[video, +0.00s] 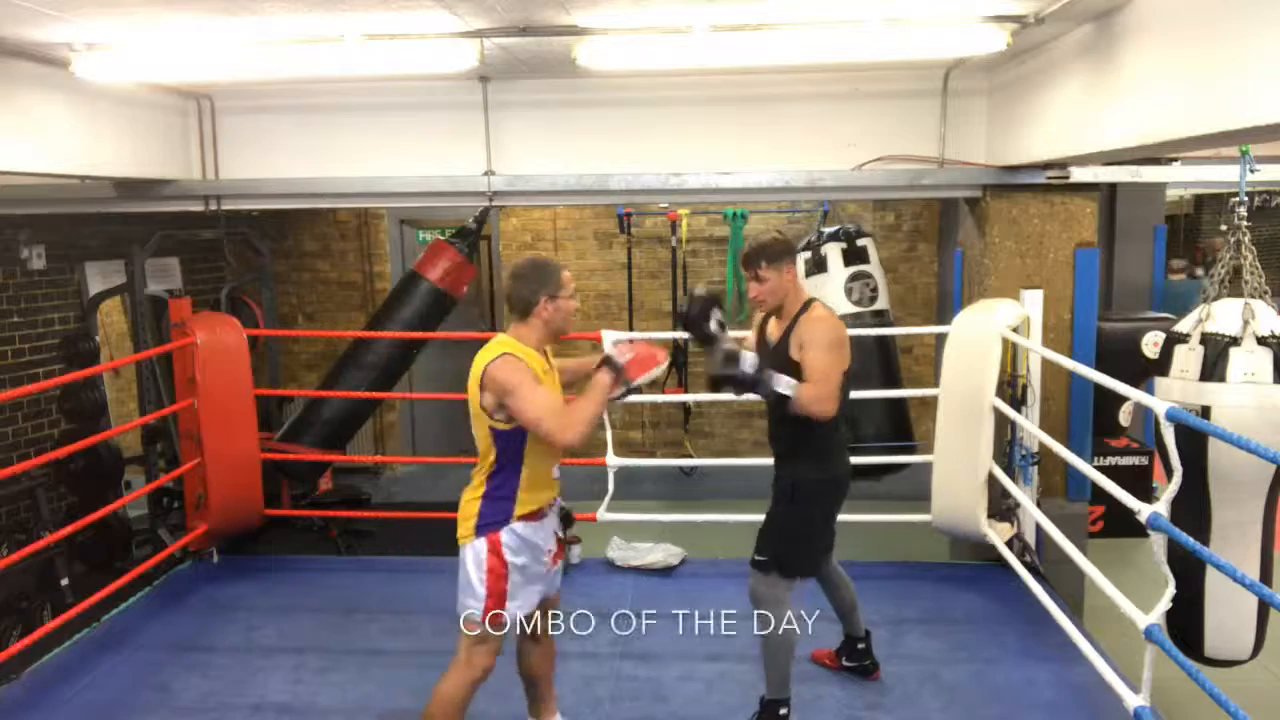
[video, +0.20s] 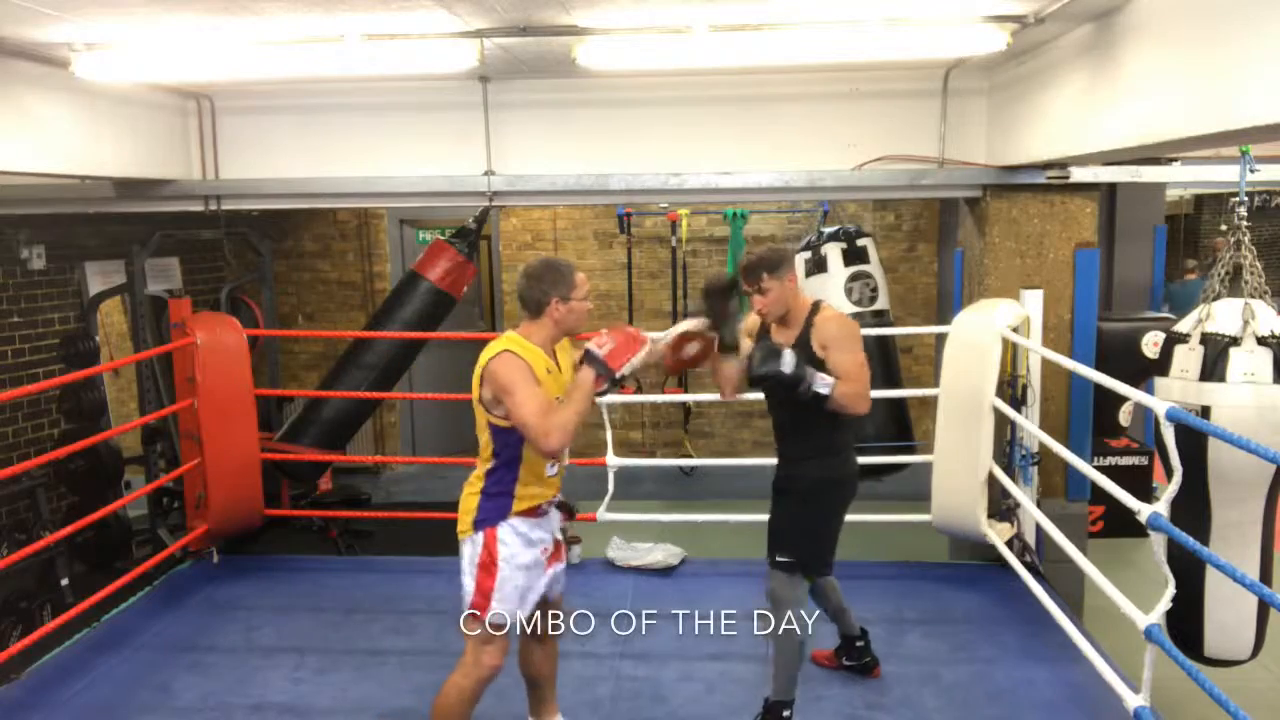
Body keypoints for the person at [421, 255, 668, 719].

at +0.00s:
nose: (575, 305)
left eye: (574, 295)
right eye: (569, 296)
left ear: (538, 305)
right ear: (543, 306)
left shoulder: (534, 356)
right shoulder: (505, 366)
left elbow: (561, 374)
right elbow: (565, 432)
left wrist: (614, 361)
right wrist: (604, 377)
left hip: (539, 518)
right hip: (497, 529)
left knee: (539, 631)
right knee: (476, 661)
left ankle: (545, 713)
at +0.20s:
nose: (590, 307)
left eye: (588, 298)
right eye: (584, 299)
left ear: (555, 307)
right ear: (556, 307)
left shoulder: (564, 348)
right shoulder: (506, 363)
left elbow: (579, 398)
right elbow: (551, 437)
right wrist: (590, 373)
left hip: (542, 516)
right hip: (498, 524)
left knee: (544, 632)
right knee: (485, 658)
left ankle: (545, 713)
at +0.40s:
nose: (591, 307)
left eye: (589, 298)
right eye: (583, 299)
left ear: (552, 308)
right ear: (554, 308)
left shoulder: (559, 352)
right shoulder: (496, 367)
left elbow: (615, 368)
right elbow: (534, 440)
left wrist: (668, 346)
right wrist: (572, 377)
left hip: (549, 517)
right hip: (500, 528)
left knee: (555, 627)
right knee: (481, 659)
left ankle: (549, 712)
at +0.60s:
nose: (593, 309)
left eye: (591, 300)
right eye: (586, 301)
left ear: (548, 309)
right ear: (559, 312)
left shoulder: (505, 352)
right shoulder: (549, 375)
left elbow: (538, 420)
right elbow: (622, 424)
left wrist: (587, 382)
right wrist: (658, 363)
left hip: (540, 520)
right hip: (516, 529)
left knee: (548, 628)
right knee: (496, 662)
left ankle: (549, 713)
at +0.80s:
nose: (601, 313)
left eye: (600, 304)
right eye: (595, 304)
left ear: (565, 311)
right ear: (567, 312)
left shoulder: (571, 355)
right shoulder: (512, 373)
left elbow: (618, 373)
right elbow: (509, 463)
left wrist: (675, 355)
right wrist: (581, 462)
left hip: (554, 515)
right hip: (510, 525)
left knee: (566, 617)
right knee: (497, 656)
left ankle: (552, 711)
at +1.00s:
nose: (622, 322)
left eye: (622, 312)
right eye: (617, 313)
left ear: (578, 317)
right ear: (591, 321)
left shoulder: (536, 345)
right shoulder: (574, 379)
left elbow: (565, 388)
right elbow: (605, 463)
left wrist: (618, 374)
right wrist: (681, 472)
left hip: (541, 512)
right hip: (519, 519)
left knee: (561, 604)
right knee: (495, 648)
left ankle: (555, 710)